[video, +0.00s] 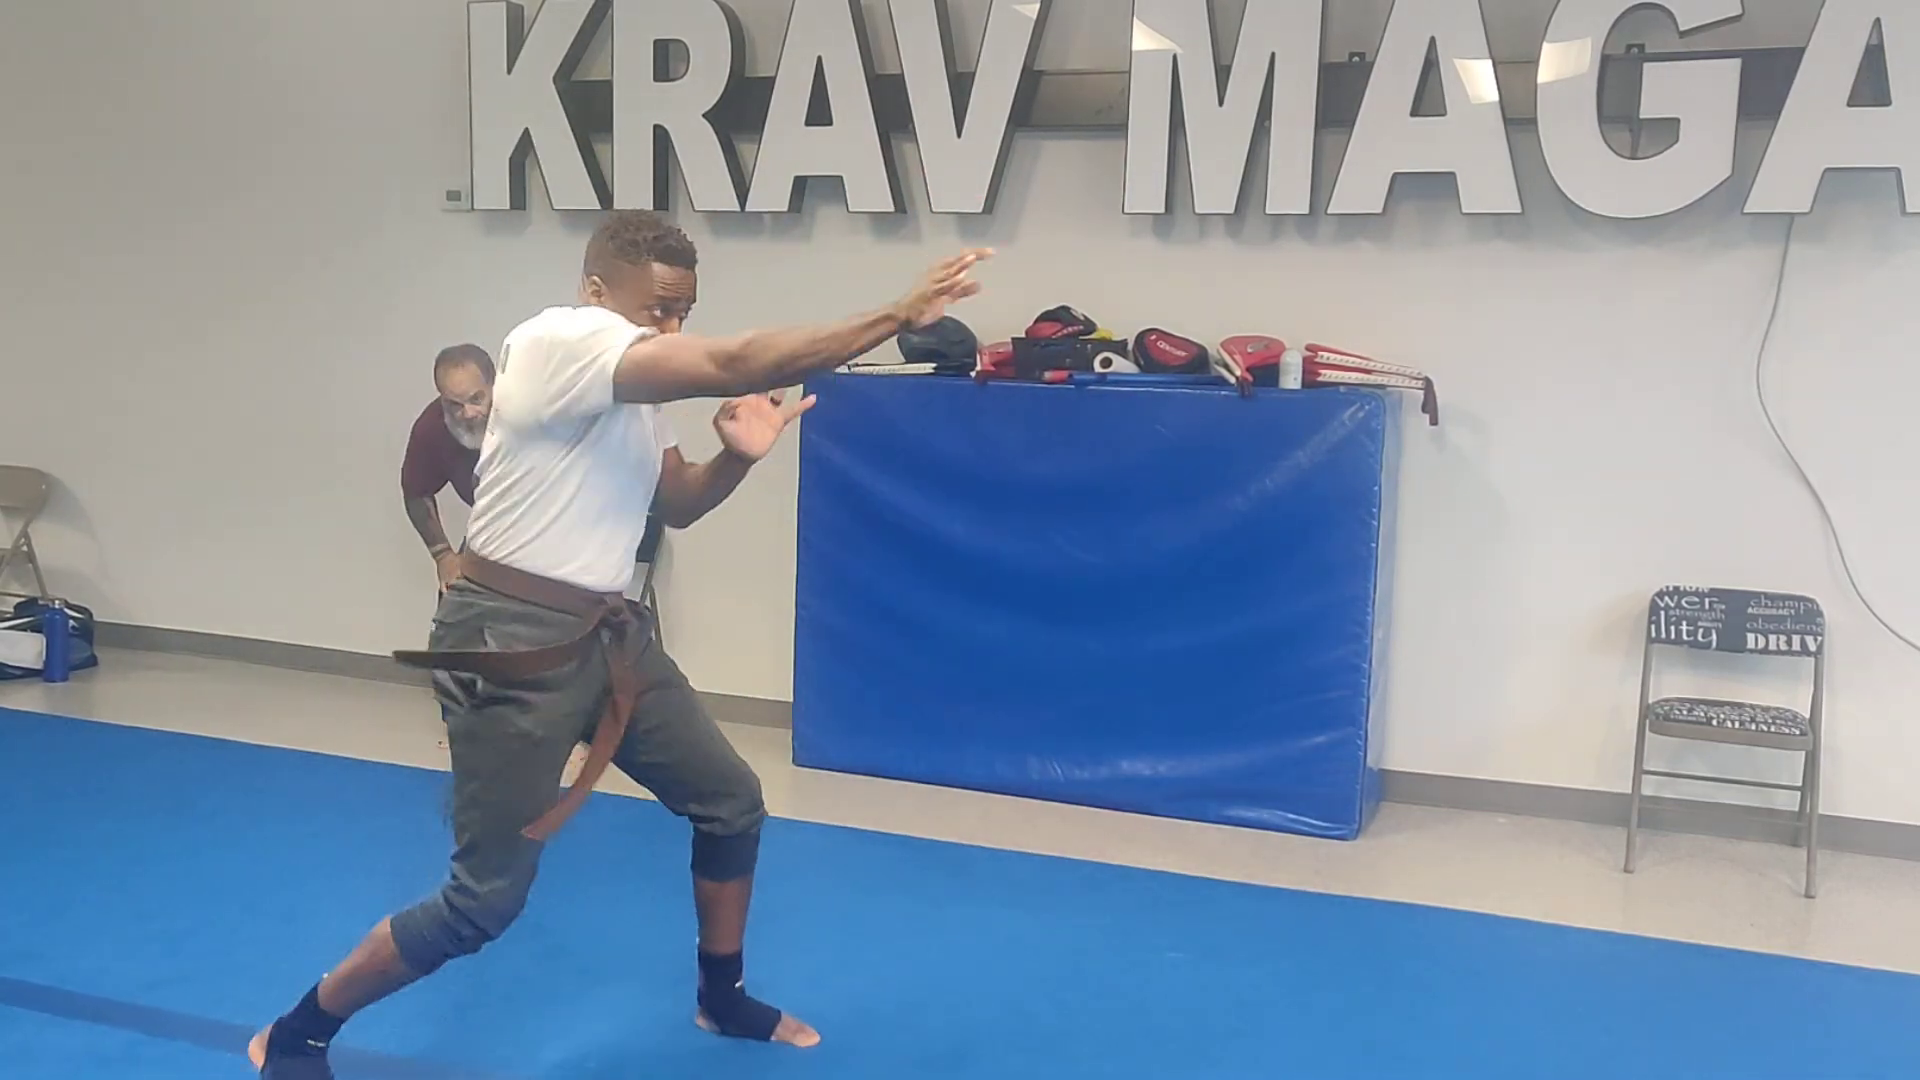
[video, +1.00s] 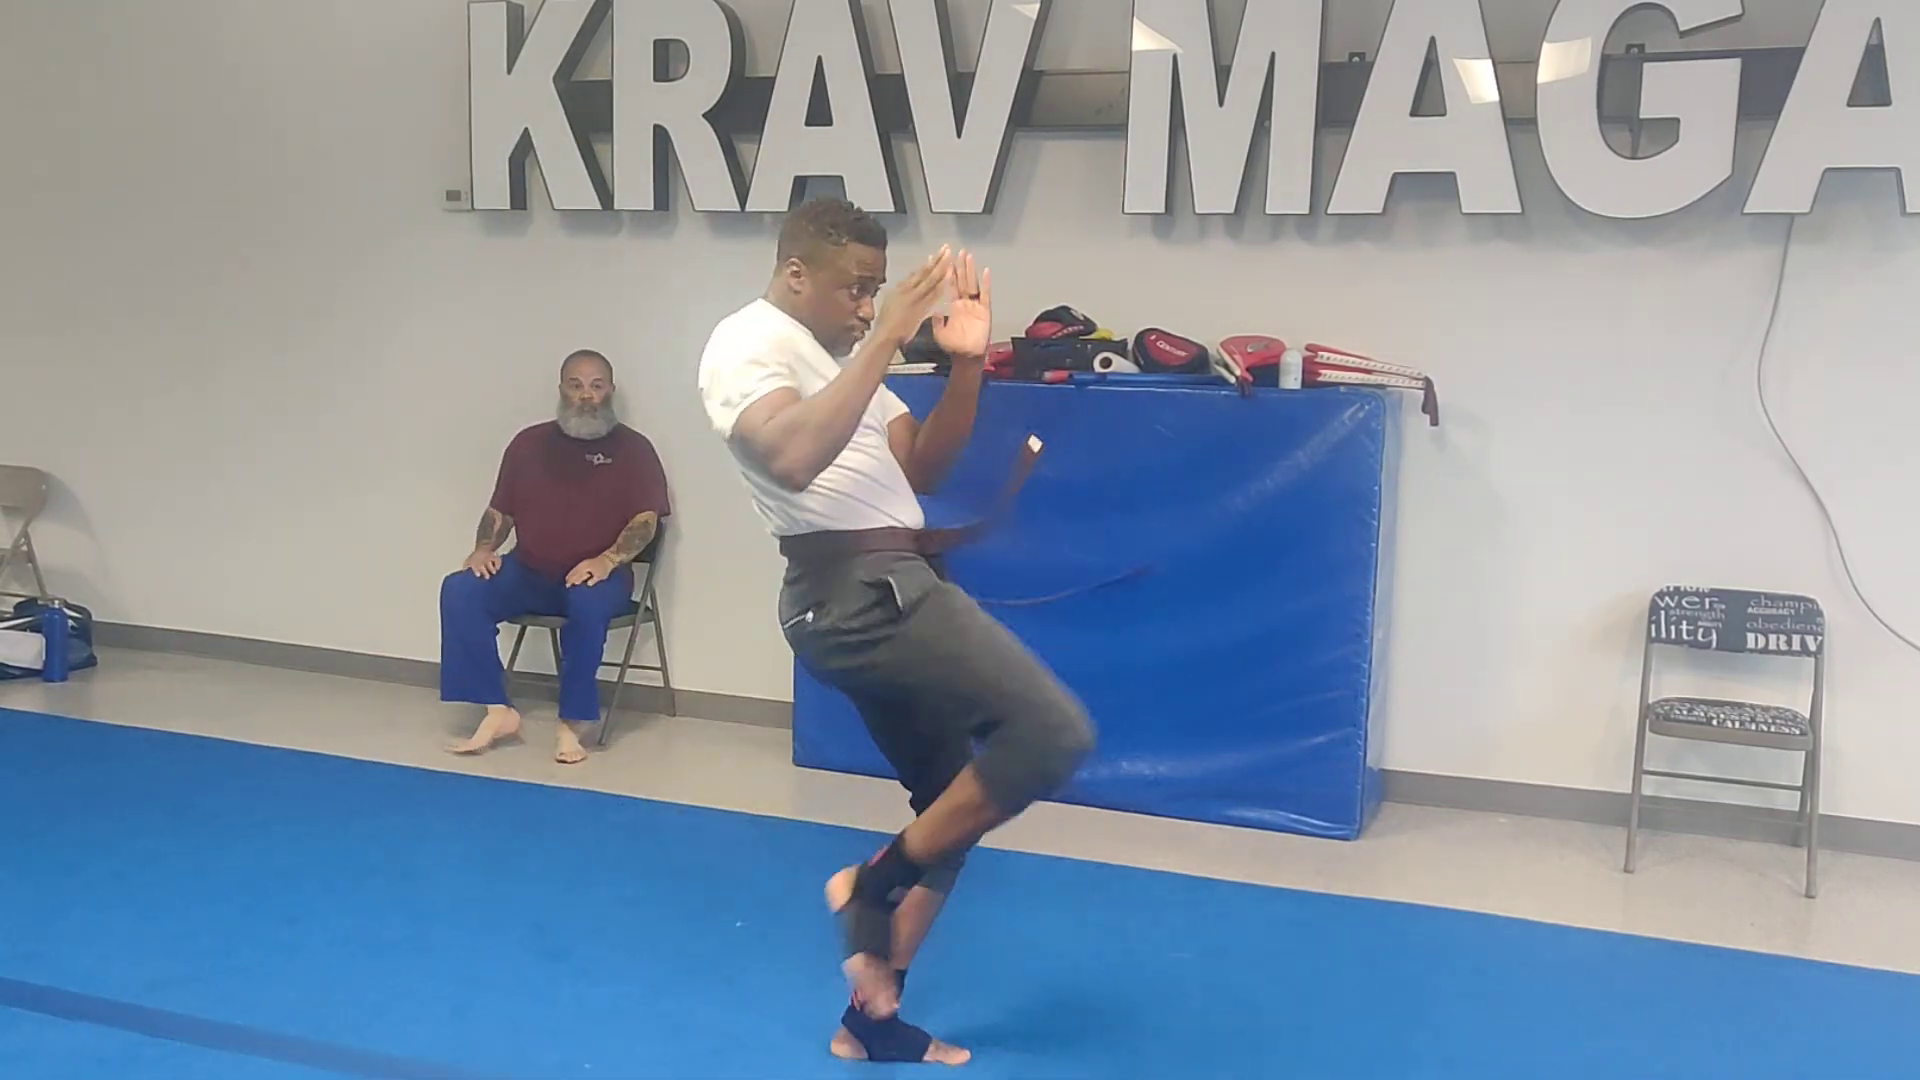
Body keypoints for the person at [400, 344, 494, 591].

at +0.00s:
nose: (468, 414)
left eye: (476, 399)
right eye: (455, 405)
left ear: (494, 386)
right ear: (441, 398)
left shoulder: (522, 410)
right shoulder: (431, 430)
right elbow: (417, 494)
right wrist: (443, 555)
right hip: (495, 518)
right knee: (455, 591)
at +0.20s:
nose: (481, 442)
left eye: (489, 430)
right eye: (468, 434)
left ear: (506, 415)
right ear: (452, 426)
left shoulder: (535, 433)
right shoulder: (440, 451)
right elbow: (399, 501)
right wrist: (434, 562)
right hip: (505, 546)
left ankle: (563, 724)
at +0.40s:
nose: (504, 460)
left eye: (513, 447)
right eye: (490, 451)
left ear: (532, 436)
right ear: (477, 445)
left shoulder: (572, 456)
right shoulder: (460, 467)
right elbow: (395, 503)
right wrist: (430, 567)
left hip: (577, 561)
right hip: (511, 564)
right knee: (445, 602)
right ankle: (459, 721)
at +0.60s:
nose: (534, 427)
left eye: (544, 416)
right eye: (522, 417)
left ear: (563, 412)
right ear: (509, 417)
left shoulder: (603, 457)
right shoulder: (486, 457)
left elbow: (648, 521)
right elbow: (423, 499)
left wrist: (617, 574)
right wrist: (441, 563)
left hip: (589, 580)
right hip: (520, 578)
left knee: (592, 610)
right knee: (448, 596)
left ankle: (570, 728)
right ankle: (493, 714)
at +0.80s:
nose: (566, 398)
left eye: (577, 388)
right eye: (556, 388)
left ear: (594, 392)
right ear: (543, 392)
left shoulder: (620, 444)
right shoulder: (517, 441)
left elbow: (647, 518)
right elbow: (478, 506)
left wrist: (611, 568)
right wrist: (466, 550)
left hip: (597, 575)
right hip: (527, 574)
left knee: (594, 608)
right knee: (453, 591)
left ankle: (571, 725)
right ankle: (492, 711)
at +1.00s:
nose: (585, 394)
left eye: (596, 385)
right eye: (575, 385)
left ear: (610, 393)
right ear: (561, 390)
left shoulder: (633, 448)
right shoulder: (529, 442)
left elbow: (646, 519)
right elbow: (499, 511)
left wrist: (609, 559)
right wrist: (483, 549)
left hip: (598, 574)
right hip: (531, 573)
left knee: (587, 604)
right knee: (460, 589)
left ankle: (571, 724)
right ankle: (498, 710)